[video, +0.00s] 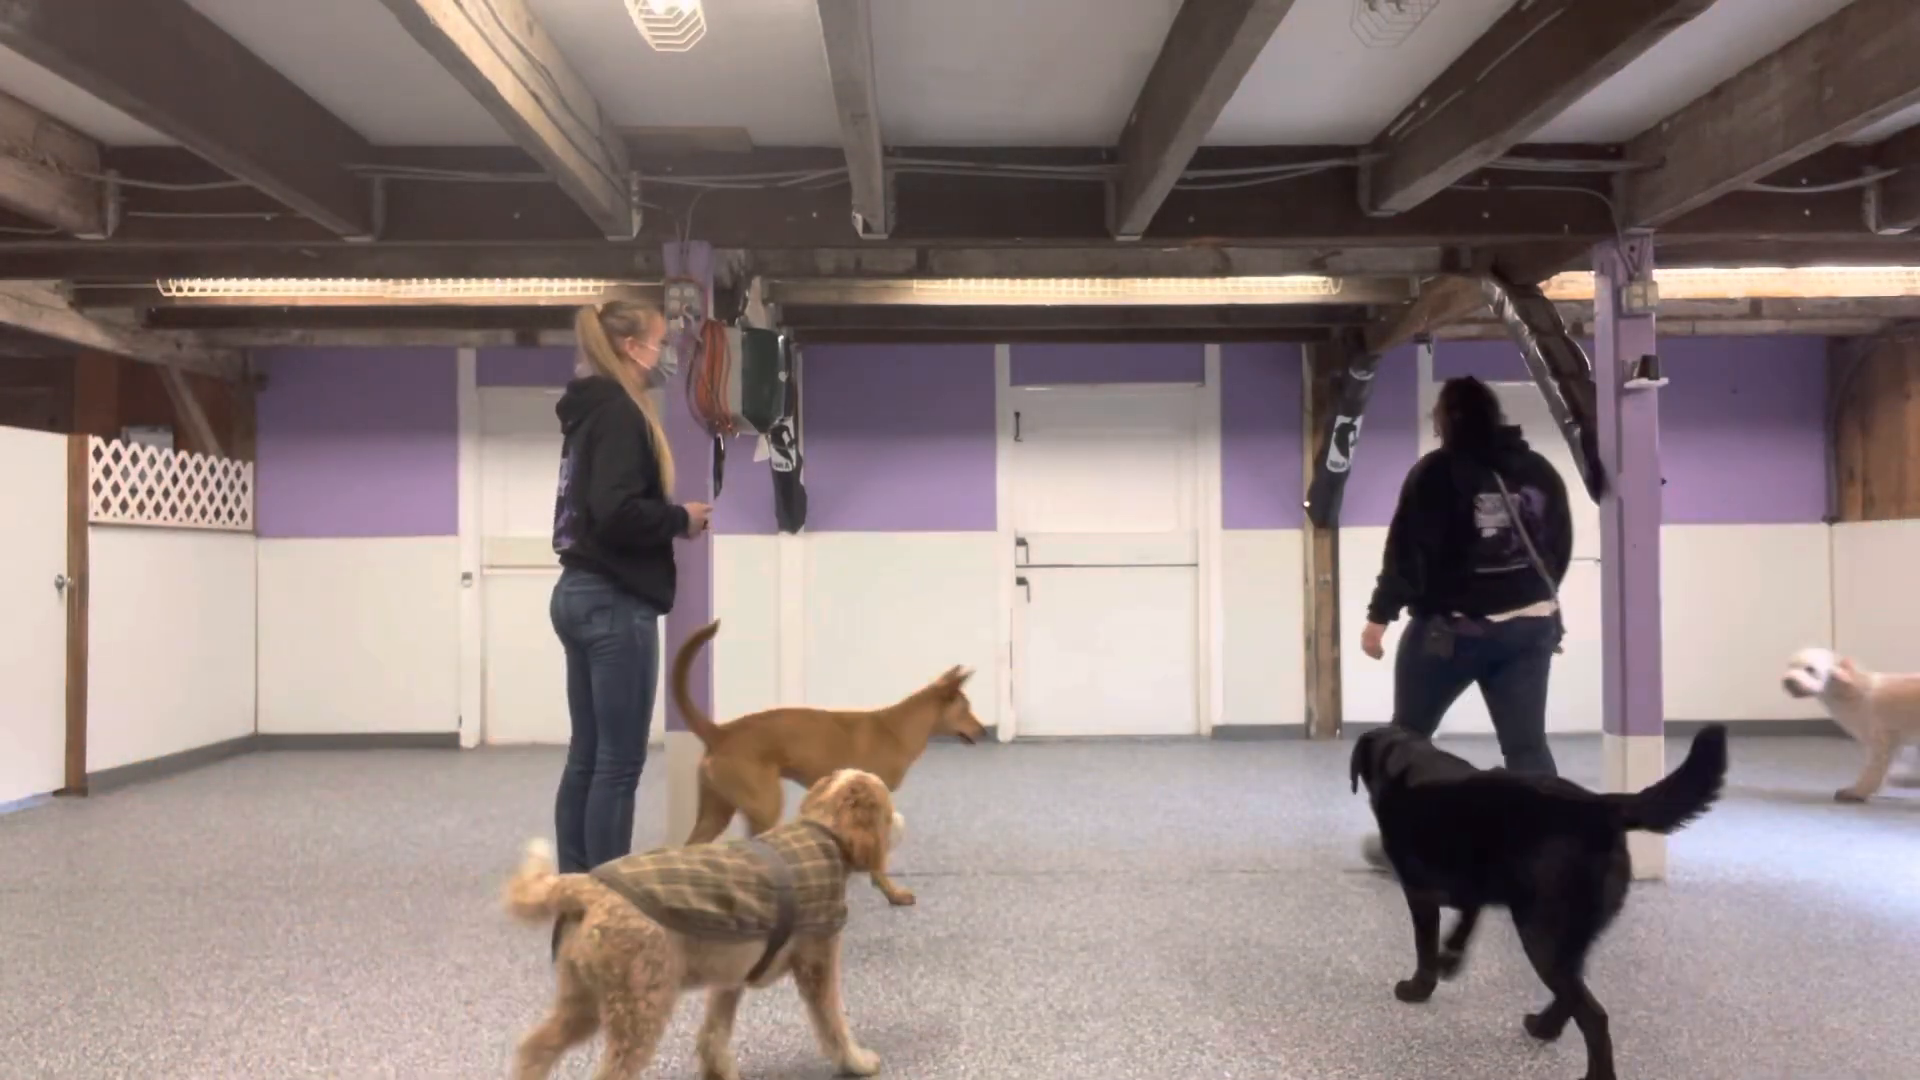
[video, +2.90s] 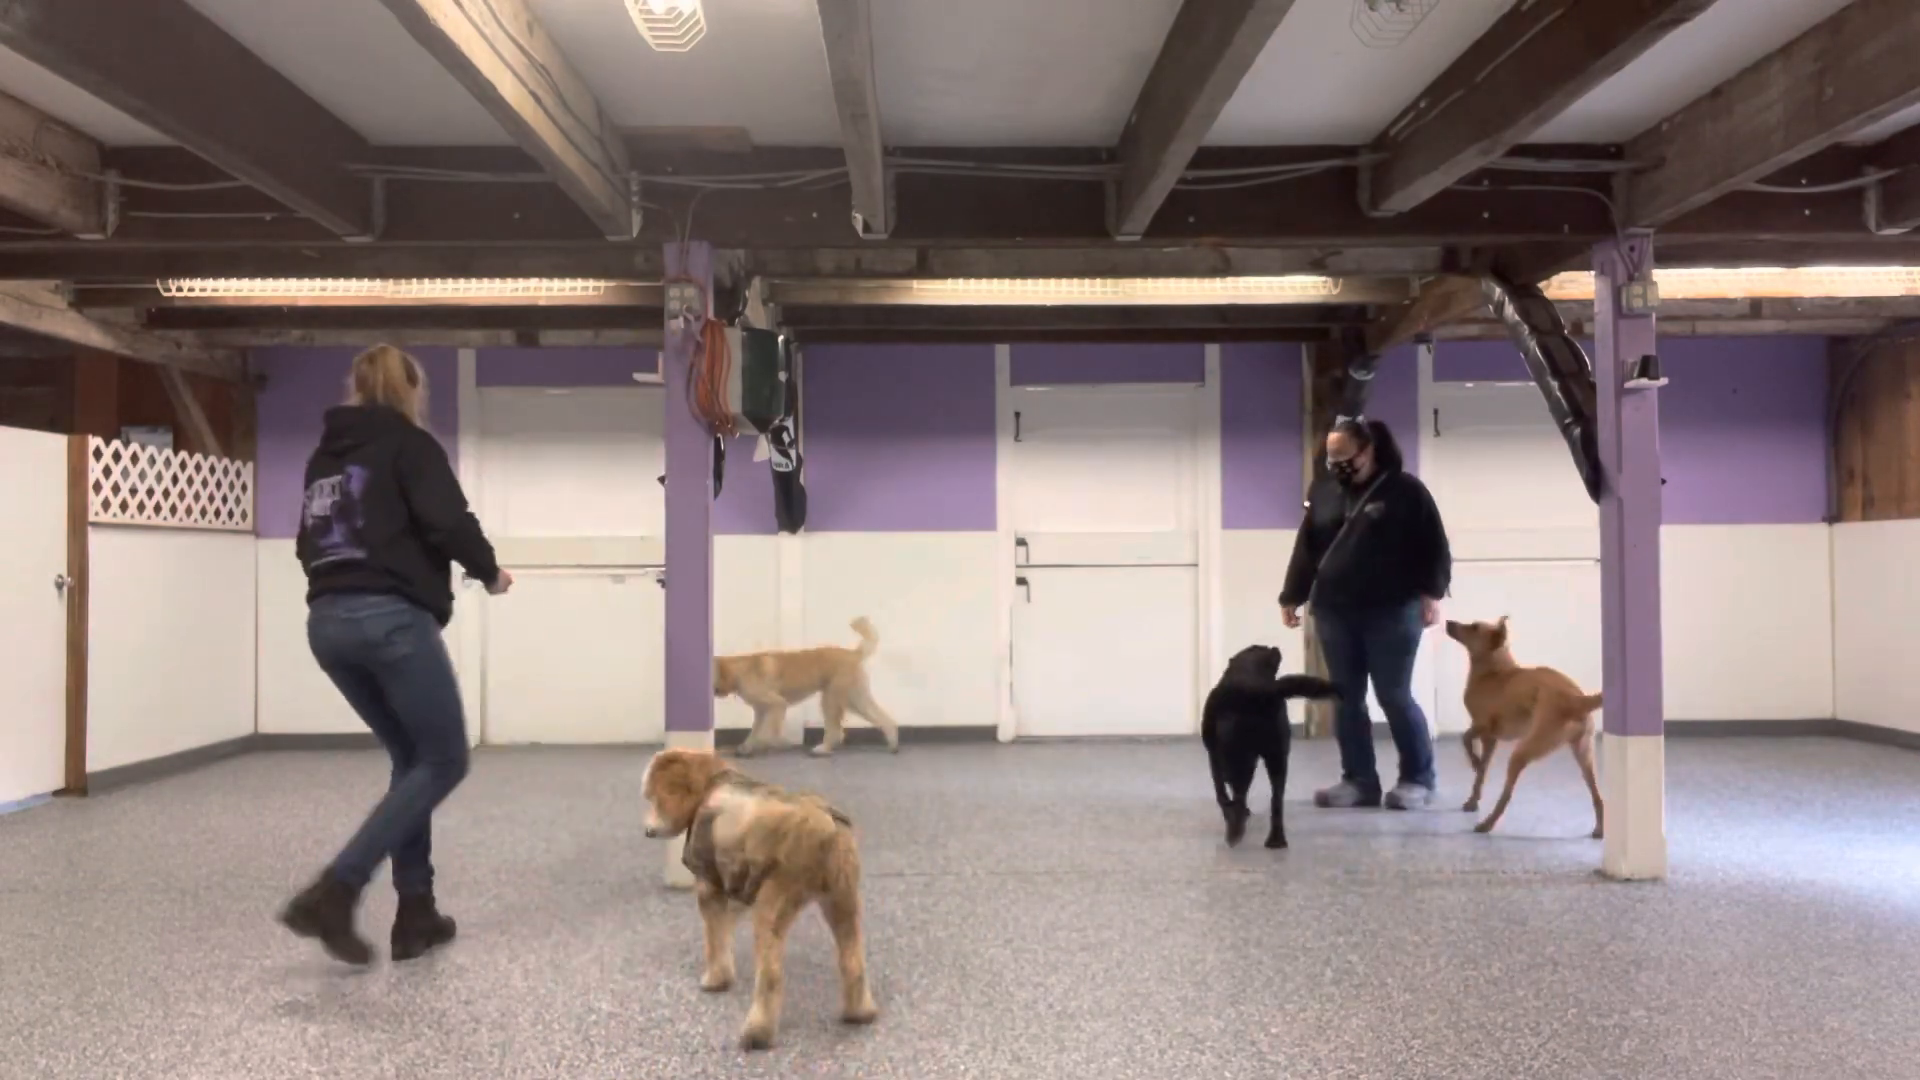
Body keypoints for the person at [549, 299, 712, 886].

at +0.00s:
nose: (661, 356)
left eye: (662, 345)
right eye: (656, 345)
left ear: (616, 342)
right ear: (627, 344)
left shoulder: (593, 403)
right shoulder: (618, 409)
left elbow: (599, 509)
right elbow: (617, 512)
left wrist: (675, 514)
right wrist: (682, 518)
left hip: (582, 590)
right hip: (616, 598)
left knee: (586, 756)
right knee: (620, 761)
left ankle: (575, 892)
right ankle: (607, 897)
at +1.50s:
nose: (671, 408)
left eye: (668, 399)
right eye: (668, 399)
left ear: (608, 395)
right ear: (659, 400)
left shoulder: (563, 444)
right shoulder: (647, 447)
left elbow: (547, 520)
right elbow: (653, 536)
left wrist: (604, 572)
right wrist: (645, 582)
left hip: (507, 599)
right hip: (568, 604)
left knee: (534, 752)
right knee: (620, 762)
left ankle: (478, 907)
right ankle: (611, 929)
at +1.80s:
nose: (572, 436)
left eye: (569, 428)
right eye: (572, 428)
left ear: (516, 423)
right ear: (565, 426)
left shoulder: (476, 469)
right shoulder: (565, 468)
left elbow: (462, 540)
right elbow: (574, 543)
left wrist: (533, 594)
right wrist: (572, 597)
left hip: (428, 611)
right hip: (496, 610)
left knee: (450, 756)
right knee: (570, 763)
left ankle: (415, 915)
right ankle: (605, 926)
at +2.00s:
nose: (537, 449)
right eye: (535, 440)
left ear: (480, 437)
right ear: (529, 441)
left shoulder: (442, 484)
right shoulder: (537, 477)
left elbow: (421, 555)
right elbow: (558, 550)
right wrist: (541, 609)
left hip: (411, 612)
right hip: (486, 609)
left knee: (436, 759)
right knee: (556, 763)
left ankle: (414, 915)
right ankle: (590, 926)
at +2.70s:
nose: (448, 417)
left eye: (445, 408)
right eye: (446, 408)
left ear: (387, 409)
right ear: (436, 406)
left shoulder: (354, 470)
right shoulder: (443, 457)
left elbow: (332, 561)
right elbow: (478, 530)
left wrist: (373, 598)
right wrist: (520, 579)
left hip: (356, 629)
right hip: (426, 619)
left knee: (427, 759)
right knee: (512, 758)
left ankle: (415, 915)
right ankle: (534, 920)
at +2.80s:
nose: (437, 408)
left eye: (434, 399)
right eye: (435, 398)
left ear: (372, 397)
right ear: (422, 397)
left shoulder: (341, 460)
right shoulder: (424, 450)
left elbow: (327, 549)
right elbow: (459, 524)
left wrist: (378, 579)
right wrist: (504, 572)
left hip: (343, 623)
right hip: (409, 616)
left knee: (420, 757)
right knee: (487, 754)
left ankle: (414, 912)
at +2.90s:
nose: (421, 398)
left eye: (419, 388)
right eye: (419, 388)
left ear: (358, 389)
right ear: (409, 388)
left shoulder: (326, 451)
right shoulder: (410, 444)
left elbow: (312, 540)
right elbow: (446, 521)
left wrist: (357, 579)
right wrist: (489, 569)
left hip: (328, 620)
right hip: (393, 616)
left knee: (410, 761)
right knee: (446, 759)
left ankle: (414, 913)